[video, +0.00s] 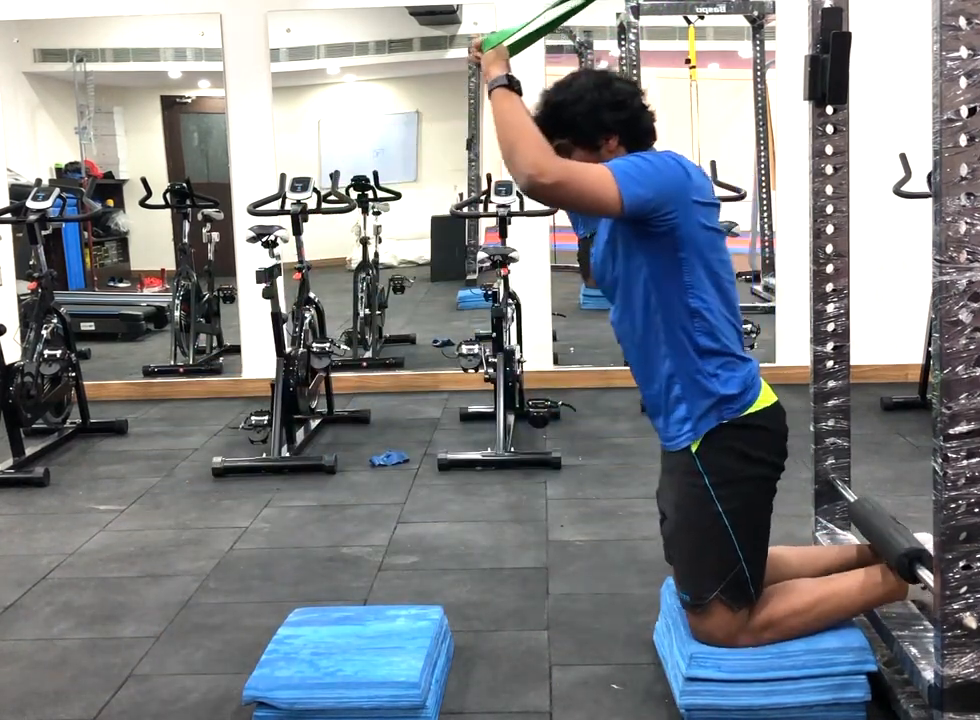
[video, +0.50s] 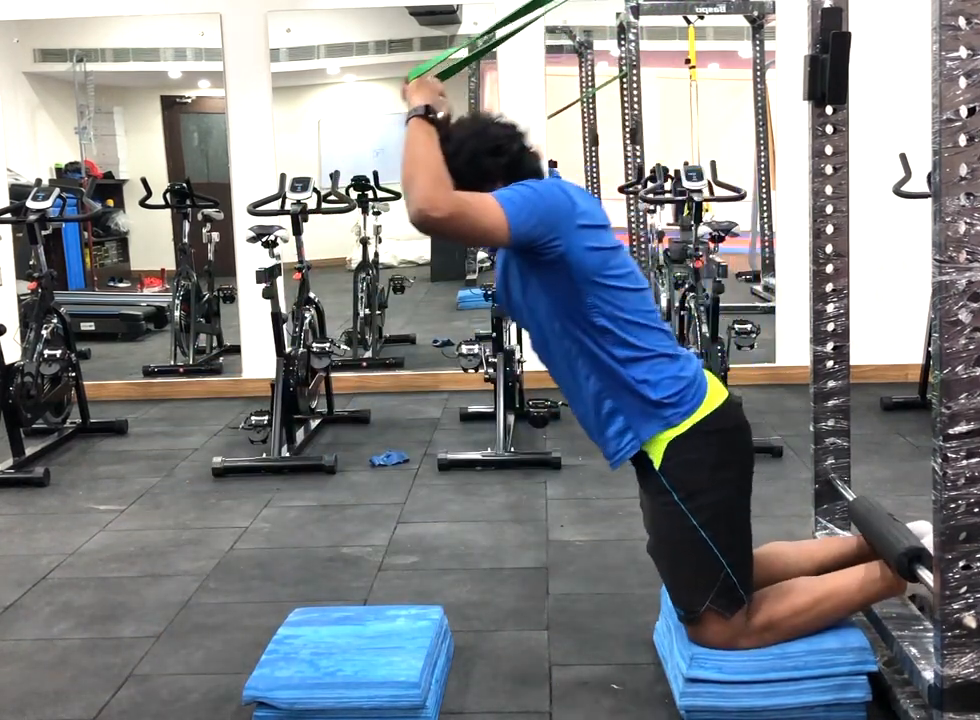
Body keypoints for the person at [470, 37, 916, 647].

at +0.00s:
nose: (565, 165)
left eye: (572, 152)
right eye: (559, 154)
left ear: (608, 142)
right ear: (604, 150)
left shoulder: (666, 177)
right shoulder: (630, 198)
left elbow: (541, 174)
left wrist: (497, 79)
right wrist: (502, 88)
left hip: (725, 429)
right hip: (693, 429)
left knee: (723, 622)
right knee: (709, 578)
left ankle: (909, 578)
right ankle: (869, 553)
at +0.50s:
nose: (457, 205)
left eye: (458, 193)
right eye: (450, 193)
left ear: (484, 185)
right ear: (510, 159)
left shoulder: (550, 203)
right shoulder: (538, 216)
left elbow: (433, 207)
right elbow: (443, 206)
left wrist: (419, 115)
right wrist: (430, 120)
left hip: (687, 435)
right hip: (670, 433)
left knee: (723, 627)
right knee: (715, 580)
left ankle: (901, 576)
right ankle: (871, 542)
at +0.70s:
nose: (412, 240)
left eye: (412, 227)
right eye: (406, 227)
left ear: (437, 211)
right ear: (457, 193)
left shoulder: (505, 227)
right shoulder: (500, 232)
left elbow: (382, 235)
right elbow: (391, 237)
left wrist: (367, 147)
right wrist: (376, 155)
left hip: (667, 435)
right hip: (658, 429)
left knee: (721, 625)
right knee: (717, 583)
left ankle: (903, 572)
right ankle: (873, 543)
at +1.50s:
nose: (296, 391)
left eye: (291, 375)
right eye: (289, 377)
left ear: (306, 348)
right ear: (323, 320)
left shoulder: (366, 342)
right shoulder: (382, 332)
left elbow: (243, 405)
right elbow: (262, 391)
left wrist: (189, 338)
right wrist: (205, 332)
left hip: (597, 472)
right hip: (599, 449)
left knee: (722, 631)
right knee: (716, 585)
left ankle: (905, 570)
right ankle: (865, 538)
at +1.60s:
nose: (278, 416)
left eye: (274, 403)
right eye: (273, 402)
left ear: (293, 377)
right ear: (310, 340)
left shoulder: (354, 365)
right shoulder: (370, 353)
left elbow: (232, 437)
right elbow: (252, 426)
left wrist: (174, 372)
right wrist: (200, 361)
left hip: (590, 476)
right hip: (593, 451)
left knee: (719, 631)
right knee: (714, 585)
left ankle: (905, 567)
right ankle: (866, 538)